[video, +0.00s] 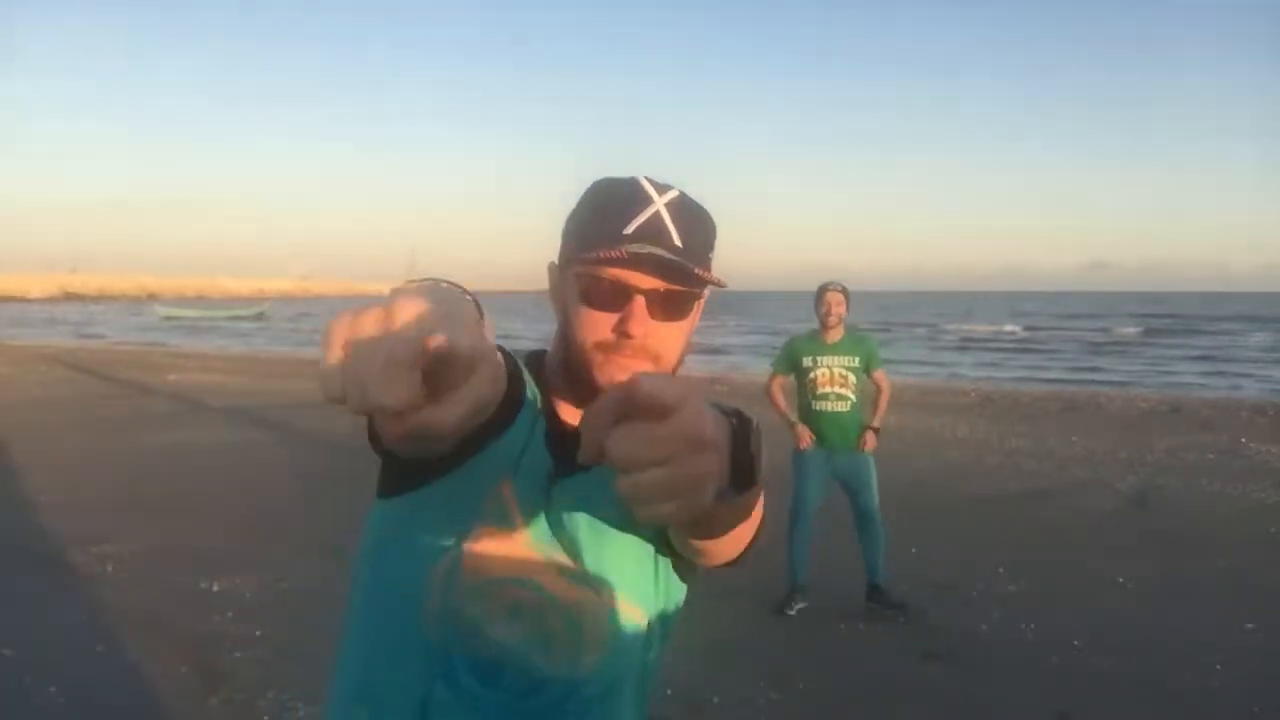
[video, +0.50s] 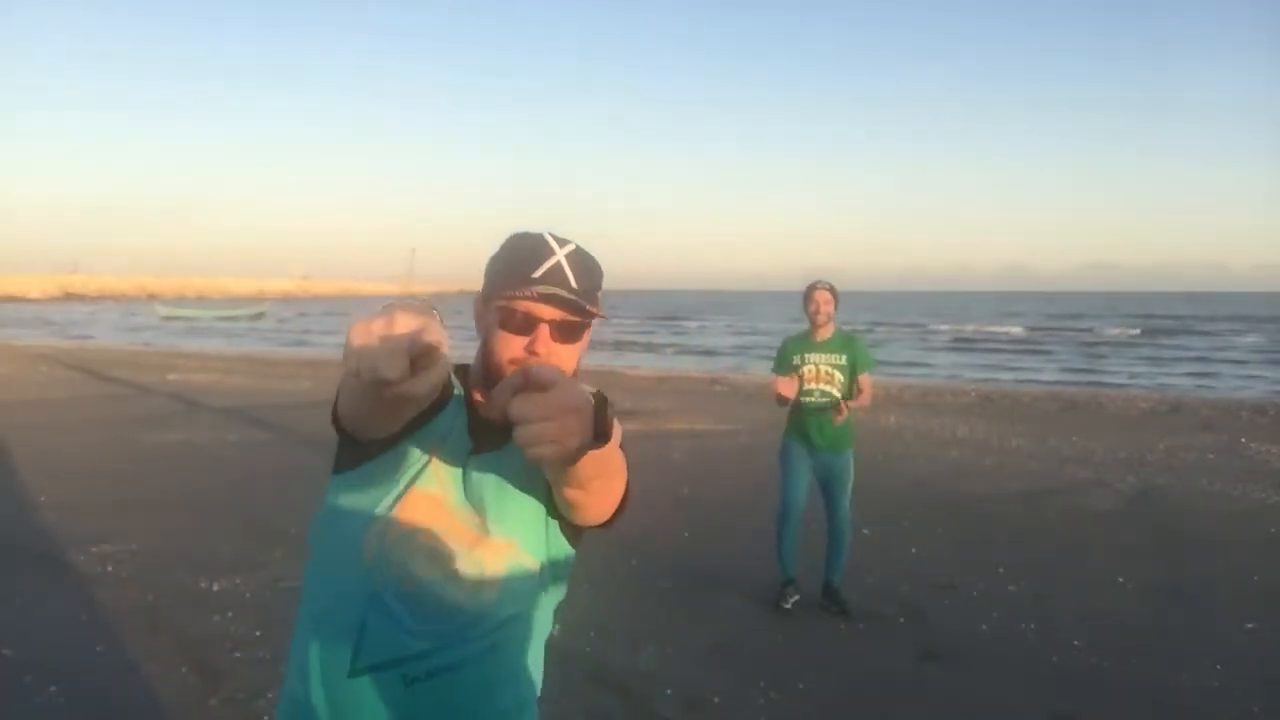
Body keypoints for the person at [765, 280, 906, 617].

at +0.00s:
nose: (831, 310)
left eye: (837, 304)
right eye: (826, 304)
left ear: (846, 310)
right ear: (817, 309)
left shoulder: (863, 346)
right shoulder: (798, 346)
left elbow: (884, 386)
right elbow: (774, 385)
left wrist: (874, 427)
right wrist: (794, 424)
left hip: (855, 449)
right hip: (813, 449)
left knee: (870, 514)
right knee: (802, 515)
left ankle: (876, 587)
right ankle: (797, 590)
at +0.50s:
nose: (819, 308)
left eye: (826, 303)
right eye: (813, 303)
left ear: (835, 308)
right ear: (805, 308)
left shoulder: (852, 346)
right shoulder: (792, 346)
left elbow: (866, 394)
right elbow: (782, 396)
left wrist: (850, 405)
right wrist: (784, 391)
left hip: (837, 441)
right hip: (799, 438)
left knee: (841, 517)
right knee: (791, 509)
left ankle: (832, 586)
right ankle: (788, 582)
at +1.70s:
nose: (791, 307)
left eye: (797, 302)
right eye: (786, 302)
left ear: (805, 307)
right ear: (778, 307)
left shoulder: (819, 344)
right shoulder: (760, 342)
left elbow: (830, 386)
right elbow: (747, 390)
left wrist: (824, 392)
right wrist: (754, 382)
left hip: (802, 432)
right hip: (766, 430)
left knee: (804, 503)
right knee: (758, 500)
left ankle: (799, 564)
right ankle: (750, 565)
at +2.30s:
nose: (749, 306)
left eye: (755, 301)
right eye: (744, 301)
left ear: (764, 306)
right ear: (737, 306)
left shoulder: (781, 340)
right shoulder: (722, 343)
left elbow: (795, 381)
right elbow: (712, 386)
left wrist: (786, 385)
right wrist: (735, 381)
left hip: (774, 430)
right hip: (737, 431)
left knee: (785, 494)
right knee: (733, 494)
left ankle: (788, 560)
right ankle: (732, 559)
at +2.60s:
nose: (751, 315)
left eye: (756, 309)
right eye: (746, 309)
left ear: (763, 311)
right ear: (736, 310)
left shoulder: (774, 342)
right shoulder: (718, 344)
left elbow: (781, 389)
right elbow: (709, 391)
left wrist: (767, 430)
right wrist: (724, 423)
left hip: (763, 431)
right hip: (729, 431)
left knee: (768, 498)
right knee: (727, 495)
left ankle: (769, 559)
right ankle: (731, 559)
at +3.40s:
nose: (768, 312)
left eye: (774, 307)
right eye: (764, 307)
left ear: (785, 311)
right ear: (759, 312)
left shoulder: (804, 347)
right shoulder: (748, 347)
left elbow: (825, 391)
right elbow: (730, 393)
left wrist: (808, 400)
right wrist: (742, 396)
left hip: (795, 436)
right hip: (759, 434)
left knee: (801, 505)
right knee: (743, 498)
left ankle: (799, 568)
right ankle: (734, 561)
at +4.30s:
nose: (751, 316)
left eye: (756, 310)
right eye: (746, 311)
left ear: (768, 315)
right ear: (740, 316)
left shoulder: (784, 350)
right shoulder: (728, 352)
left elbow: (803, 393)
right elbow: (723, 399)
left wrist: (820, 428)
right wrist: (722, 438)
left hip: (779, 440)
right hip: (742, 440)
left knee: (793, 503)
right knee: (726, 501)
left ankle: (799, 568)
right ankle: (714, 566)